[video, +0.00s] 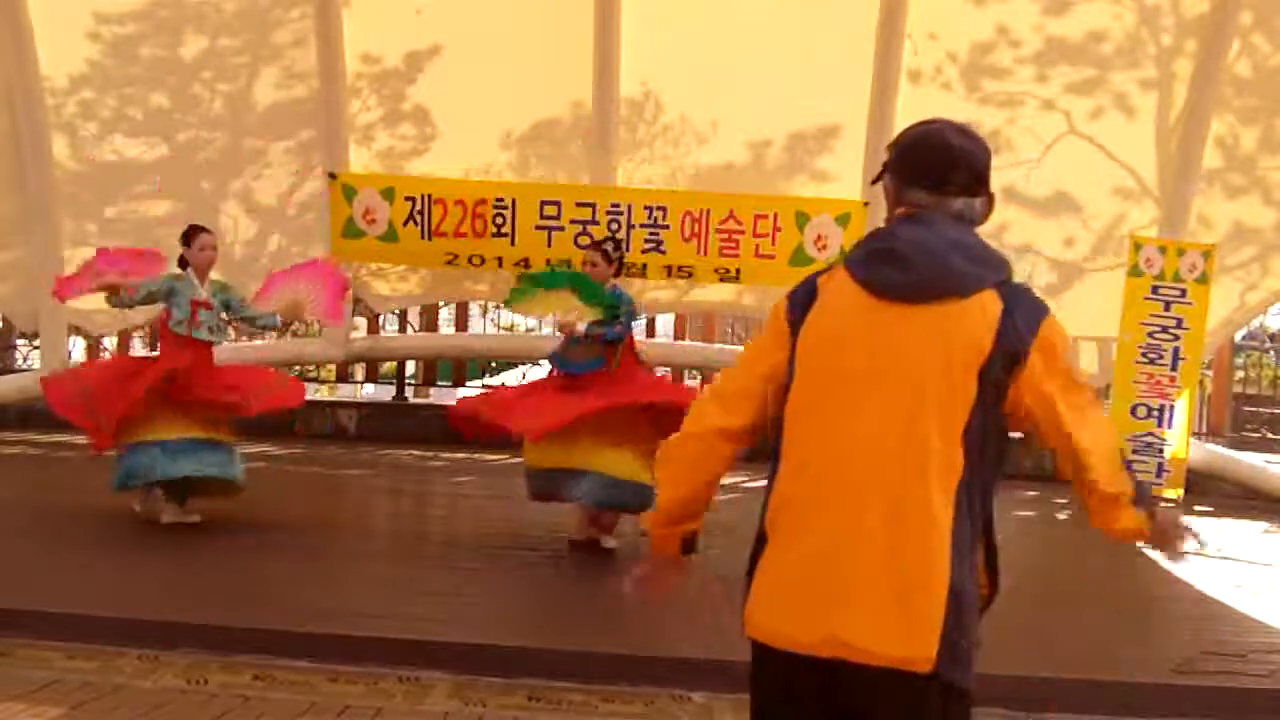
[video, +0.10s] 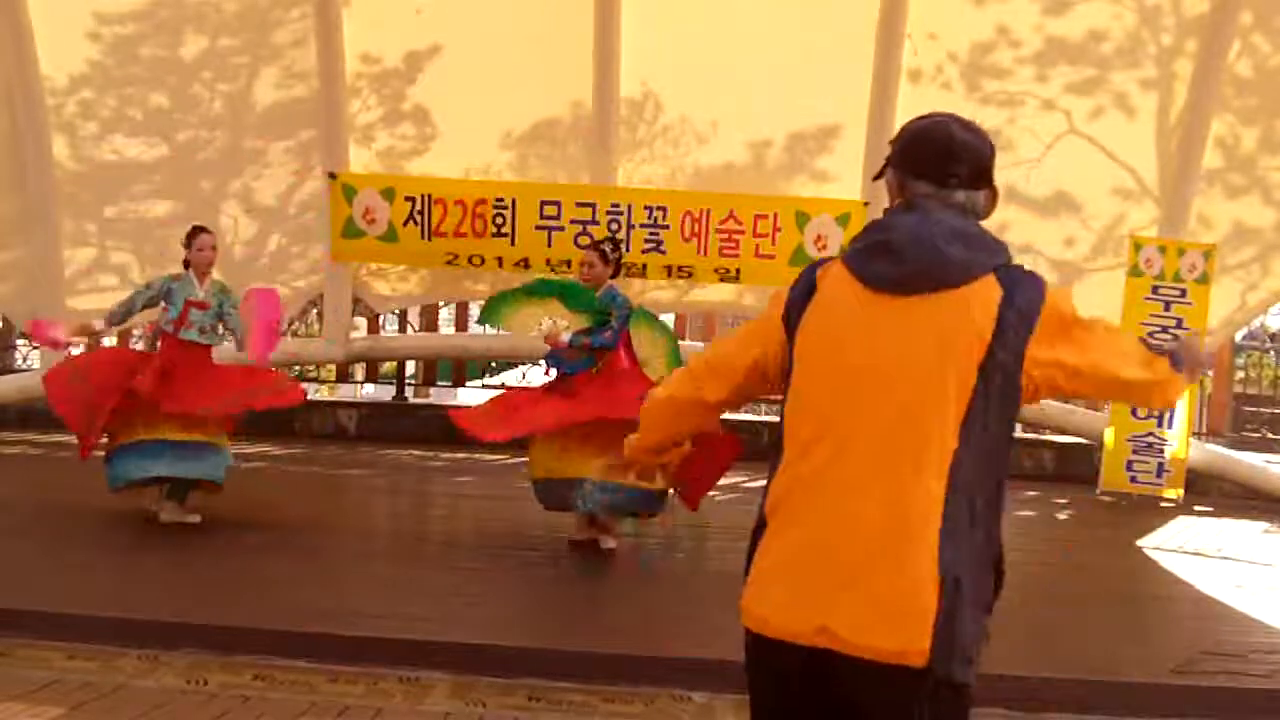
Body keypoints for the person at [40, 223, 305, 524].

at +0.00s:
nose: (212, 255)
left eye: (214, 249)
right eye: (205, 249)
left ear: (216, 253)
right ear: (187, 252)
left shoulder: (221, 291)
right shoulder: (174, 284)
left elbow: (251, 316)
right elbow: (139, 296)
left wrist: (284, 317)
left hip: (201, 368)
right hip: (170, 365)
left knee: (188, 431)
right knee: (162, 428)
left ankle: (175, 502)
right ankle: (151, 492)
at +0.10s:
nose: (208, 255)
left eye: (212, 249)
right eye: (201, 249)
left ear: (217, 253)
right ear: (187, 253)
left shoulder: (223, 294)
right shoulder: (172, 285)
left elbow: (241, 329)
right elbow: (136, 301)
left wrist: (255, 350)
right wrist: (109, 323)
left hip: (200, 363)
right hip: (167, 361)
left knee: (193, 428)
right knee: (162, 423)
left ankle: (173, 502)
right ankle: (158, 496)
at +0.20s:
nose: (202, 252)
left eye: (208, 246)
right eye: (195, 246)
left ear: (215, 251)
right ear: (185, 251)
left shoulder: (220, 291)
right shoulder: (167, 283)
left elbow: (222, 331)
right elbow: (136, 311)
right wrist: (113, 337)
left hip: (199, 366)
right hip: (164, 364)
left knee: (196, 429)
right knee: (171, 425)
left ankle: (174, 502)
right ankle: (171, 498)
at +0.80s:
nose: (176, 254)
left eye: (182, 249)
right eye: (172, 250)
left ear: (197, 253)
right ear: (168, 254)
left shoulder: (206, 288)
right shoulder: (163, 287)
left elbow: (215, 333)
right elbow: (139, 325)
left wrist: (173, 338)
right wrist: (147, 332)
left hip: (196, 367)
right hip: (164, 365)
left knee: (197, 428)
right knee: (159, 425)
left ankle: (207, 495)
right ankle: (166, 493)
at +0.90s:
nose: (175, 255)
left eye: (182, 250)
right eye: (171, 250)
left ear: (197, 255)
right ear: (167, 256)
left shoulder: (207, 291)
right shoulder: (159, 289)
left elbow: (216, 332)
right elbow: (127, 306)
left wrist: (180, 341)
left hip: (195, 366)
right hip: (161, 364)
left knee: (208, 424)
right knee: (140, 416)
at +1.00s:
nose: (175, 254)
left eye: (182, 248)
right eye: (172, 248)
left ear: (197, 253)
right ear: (169, 253)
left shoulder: (210, 289)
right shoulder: (161, 285)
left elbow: (221, 329)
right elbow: (123, 292)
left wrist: (187, 335)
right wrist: (85, 293)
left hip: (195, 365)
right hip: (161, 363)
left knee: (195, 425)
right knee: (158, 424)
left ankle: (197, 494)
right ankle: (161, 490)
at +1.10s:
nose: (175, 251)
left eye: (182, 246)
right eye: (172, 247)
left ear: (199, 251)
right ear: (169, 252)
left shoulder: (209, 286)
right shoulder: (162, 285)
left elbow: (229, 313)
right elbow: (125, 276)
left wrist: (206, 327)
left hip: (199, 361)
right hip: (163, 358)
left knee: (196, 423)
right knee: (160, 422)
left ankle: (194, 495)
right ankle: (162, 492)